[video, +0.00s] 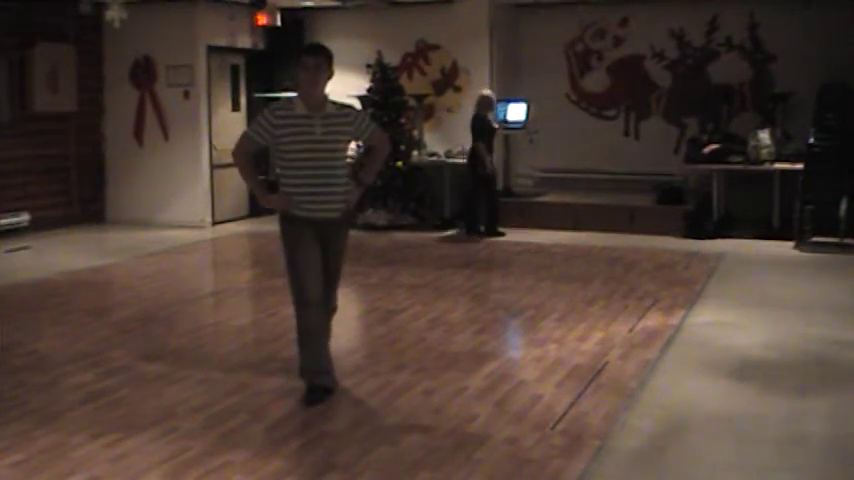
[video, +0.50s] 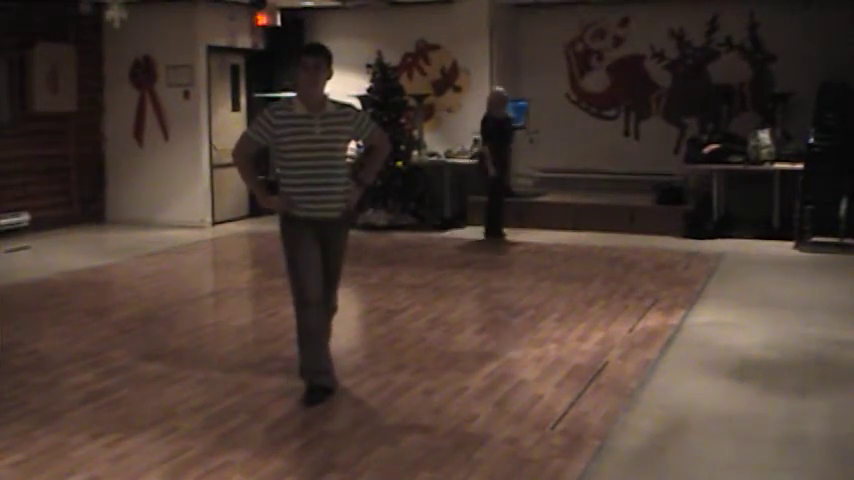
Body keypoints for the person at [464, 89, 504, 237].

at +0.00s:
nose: (492, 106)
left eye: (492, 103)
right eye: (490, 103)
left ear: (484, 104)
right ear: (484, 103)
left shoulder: (485, 118)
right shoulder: (479, 119)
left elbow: (487, 136)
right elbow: (479, 142)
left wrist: (494, 128)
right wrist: (486, 161)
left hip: (485, 156)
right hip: (479, 157)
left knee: (488, 190)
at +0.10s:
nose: (495, 105)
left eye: (494, 102)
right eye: (492, 102)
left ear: (485, 103)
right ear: (486, 103)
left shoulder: (485, 118)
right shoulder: (482, 119)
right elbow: (482, 142)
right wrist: (491, 157)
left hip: (482, 160)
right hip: (482, 160)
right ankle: (491, 226)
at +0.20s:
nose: (497, 105)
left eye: (497, 101)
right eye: (495, 101)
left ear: (487, 102)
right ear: (488, 102)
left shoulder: (486, 118)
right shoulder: (486, 119)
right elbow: (487, 142)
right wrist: (495, 158)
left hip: (483, 158)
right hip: (486, 159)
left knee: (482, 192)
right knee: (492, 192)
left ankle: (476, 225)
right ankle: (490, 226)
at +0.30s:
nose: (500, 103)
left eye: (499, 100)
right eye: (497, 100)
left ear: (490, 102)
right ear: (491, 102)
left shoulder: (493, 117)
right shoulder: (488, 118)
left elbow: (495, 140)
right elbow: (486, 143)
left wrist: (499, 152)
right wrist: (498, 158)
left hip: (489, 160)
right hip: (488, 160)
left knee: (490, 193)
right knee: (493, 193)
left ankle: (482, 223)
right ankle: (490, 226)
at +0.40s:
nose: (500, 103)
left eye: (500, 100)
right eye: (497, 100)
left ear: (500, 101)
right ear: (491, 100)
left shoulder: (498, 118)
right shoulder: (489, 118)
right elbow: (488, 144)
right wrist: (495, 162)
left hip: (498, 159)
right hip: (490, 160)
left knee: (497, 193)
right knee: (494, 193)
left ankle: (492, 225)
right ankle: (489, 226)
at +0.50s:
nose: (500, 103)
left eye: (502, 100)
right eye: (497, 100)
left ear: (505, 101)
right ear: (492, 101)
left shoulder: (506, 119)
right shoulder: (488, 119)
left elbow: (507, 144)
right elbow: (486, 145)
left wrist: (507, 167)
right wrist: (490, 166)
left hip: (503, 163)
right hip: (493, 163)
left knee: (499, 197)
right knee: (493, 197)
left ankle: (497, 228)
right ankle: (491, 229)